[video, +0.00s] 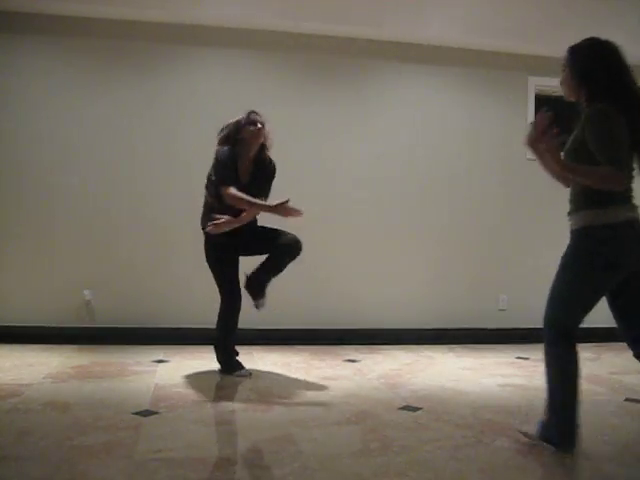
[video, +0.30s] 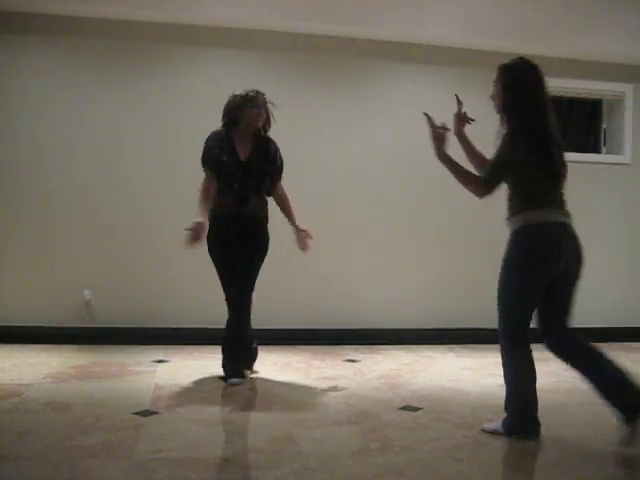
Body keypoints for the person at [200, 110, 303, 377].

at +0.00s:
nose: (256, 125)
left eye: (259, 123)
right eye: (249, 123)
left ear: (265, 134)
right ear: (239, 132)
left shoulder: (266, 166)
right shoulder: (225, 155)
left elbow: (254, 207)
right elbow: (228, 194)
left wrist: (233, 223)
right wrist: (271, 208)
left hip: (246, 232)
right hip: (219, 236)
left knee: (291, 244)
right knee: (231, 297)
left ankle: (257, 282)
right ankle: (227, 360)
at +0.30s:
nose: (259, 114)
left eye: (262, 110)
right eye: (253, 109)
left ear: (265, 115)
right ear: (238, 113)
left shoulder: (267, 147)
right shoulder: (218, 142)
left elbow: (277, 189)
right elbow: (209, 182)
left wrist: (295, 225)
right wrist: (203, 217)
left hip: (255, 228)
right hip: (221, 227)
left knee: (240, 295)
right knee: (234, 295)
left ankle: (233, 368)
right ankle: (247, 351)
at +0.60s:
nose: (257, 114)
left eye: (258, 110)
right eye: (251, 109)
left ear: (255, 116)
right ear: (235, 112)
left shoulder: (260, 146)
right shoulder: (209, 142)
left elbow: (289, 166)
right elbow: (163, 150)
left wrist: (323, 148)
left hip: (259, 232)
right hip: (227, 232)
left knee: (252, 300)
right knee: (190, 284)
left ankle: (246, 371)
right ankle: (232, 327)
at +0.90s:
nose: (244, 115)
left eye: (246, 110)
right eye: (240, 110)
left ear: (243, 113)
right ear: (223, 110)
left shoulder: (250, 136)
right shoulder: (196, 136)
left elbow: (290, 129)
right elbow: (151, 124)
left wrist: (282, 116)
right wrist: (175, 122)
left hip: (247, 226)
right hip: (213, 226)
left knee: (248, 299)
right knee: (200, 299)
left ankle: (242, 368)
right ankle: (181, 375)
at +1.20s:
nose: (233, 121)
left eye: (234, 116)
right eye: (229, 116)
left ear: (228, 118)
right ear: (212, 118)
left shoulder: (232, 143)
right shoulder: (186, 144)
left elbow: (252, 167)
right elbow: (144, 161)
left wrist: (273, 190)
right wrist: (172, 134)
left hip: (222, 233)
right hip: (188, 231)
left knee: (234, 306)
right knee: (187, 306)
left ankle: (217, 363)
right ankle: (185, 376)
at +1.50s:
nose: (232, 118)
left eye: (232, 113)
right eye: (228, 113)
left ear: (224, 114)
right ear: (212, 113)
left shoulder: (229, 141)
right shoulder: (181, 136)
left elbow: (241, 189)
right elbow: (150, 147)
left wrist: (255, 231)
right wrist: (178, 113)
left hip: (222, 229)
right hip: (186, 229)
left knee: (241, 298)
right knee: (187, 304)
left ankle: (246, 364)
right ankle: (185, 376)